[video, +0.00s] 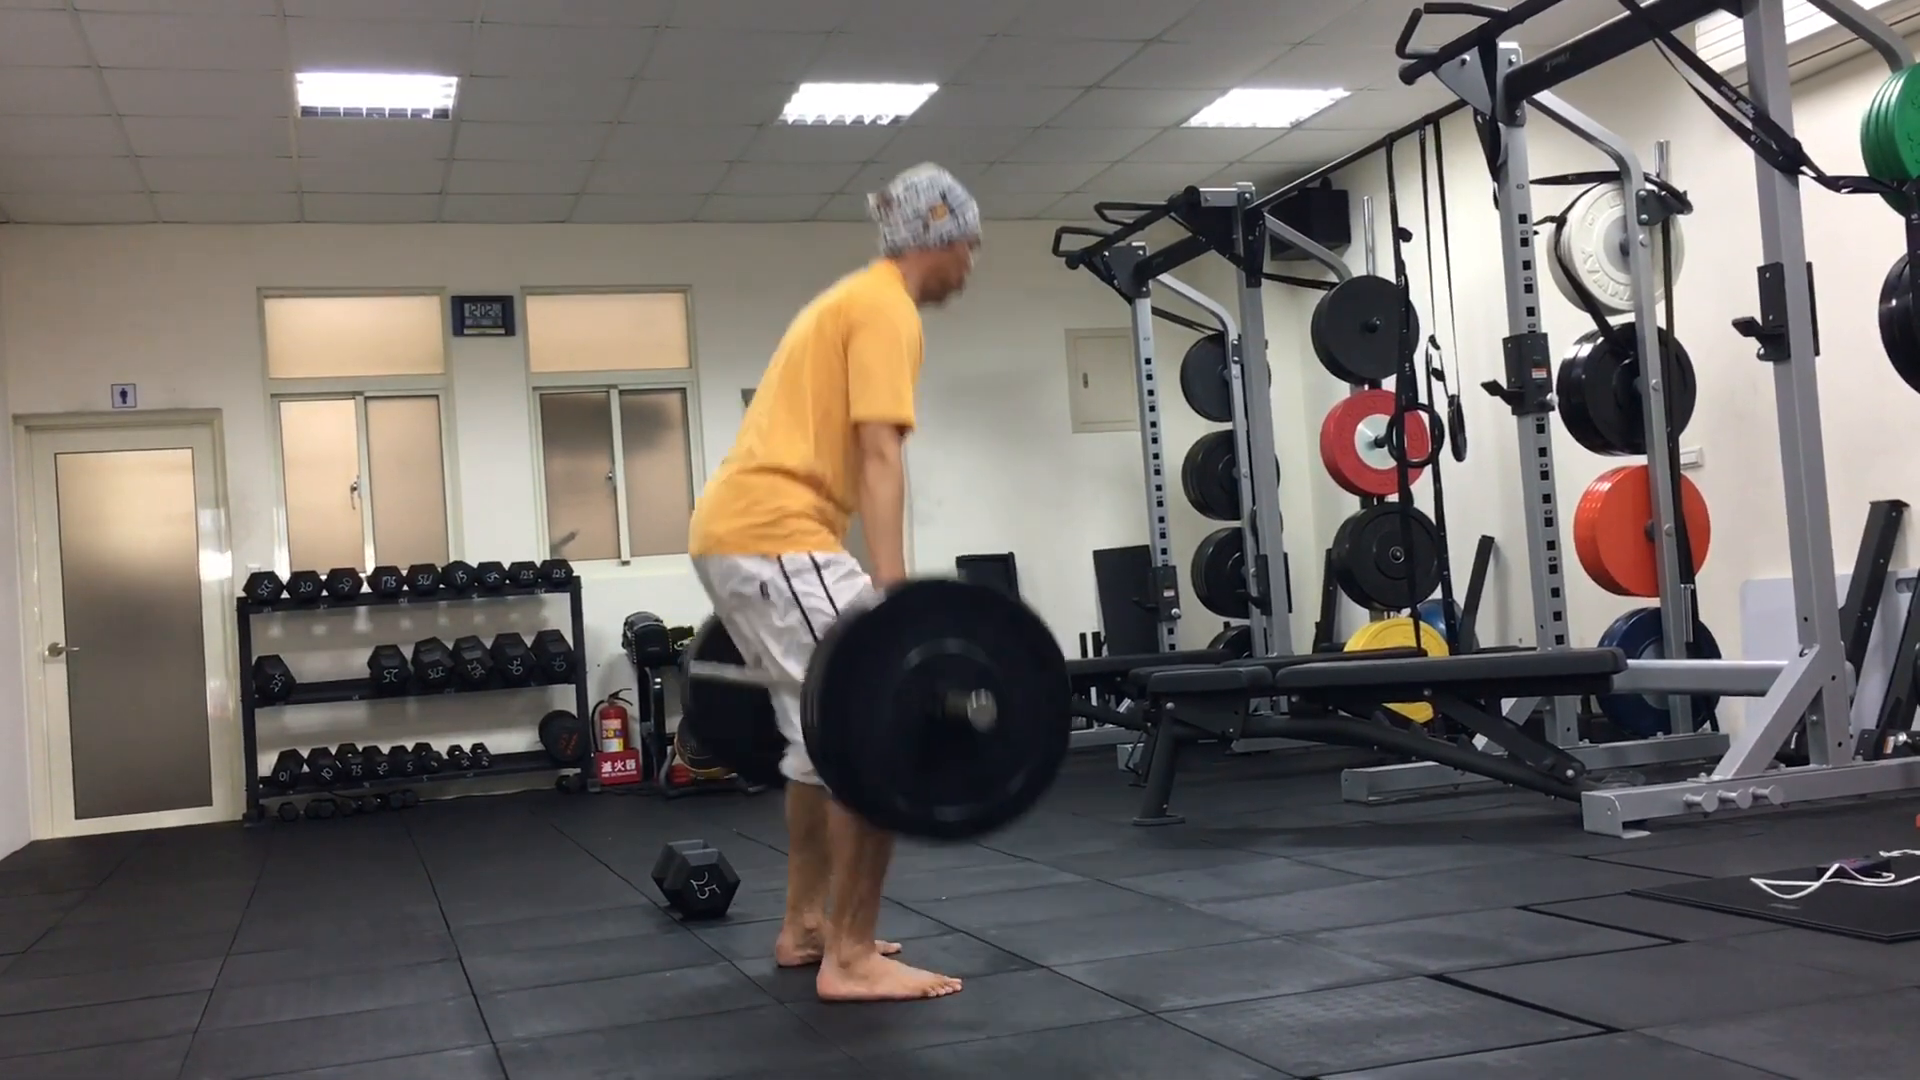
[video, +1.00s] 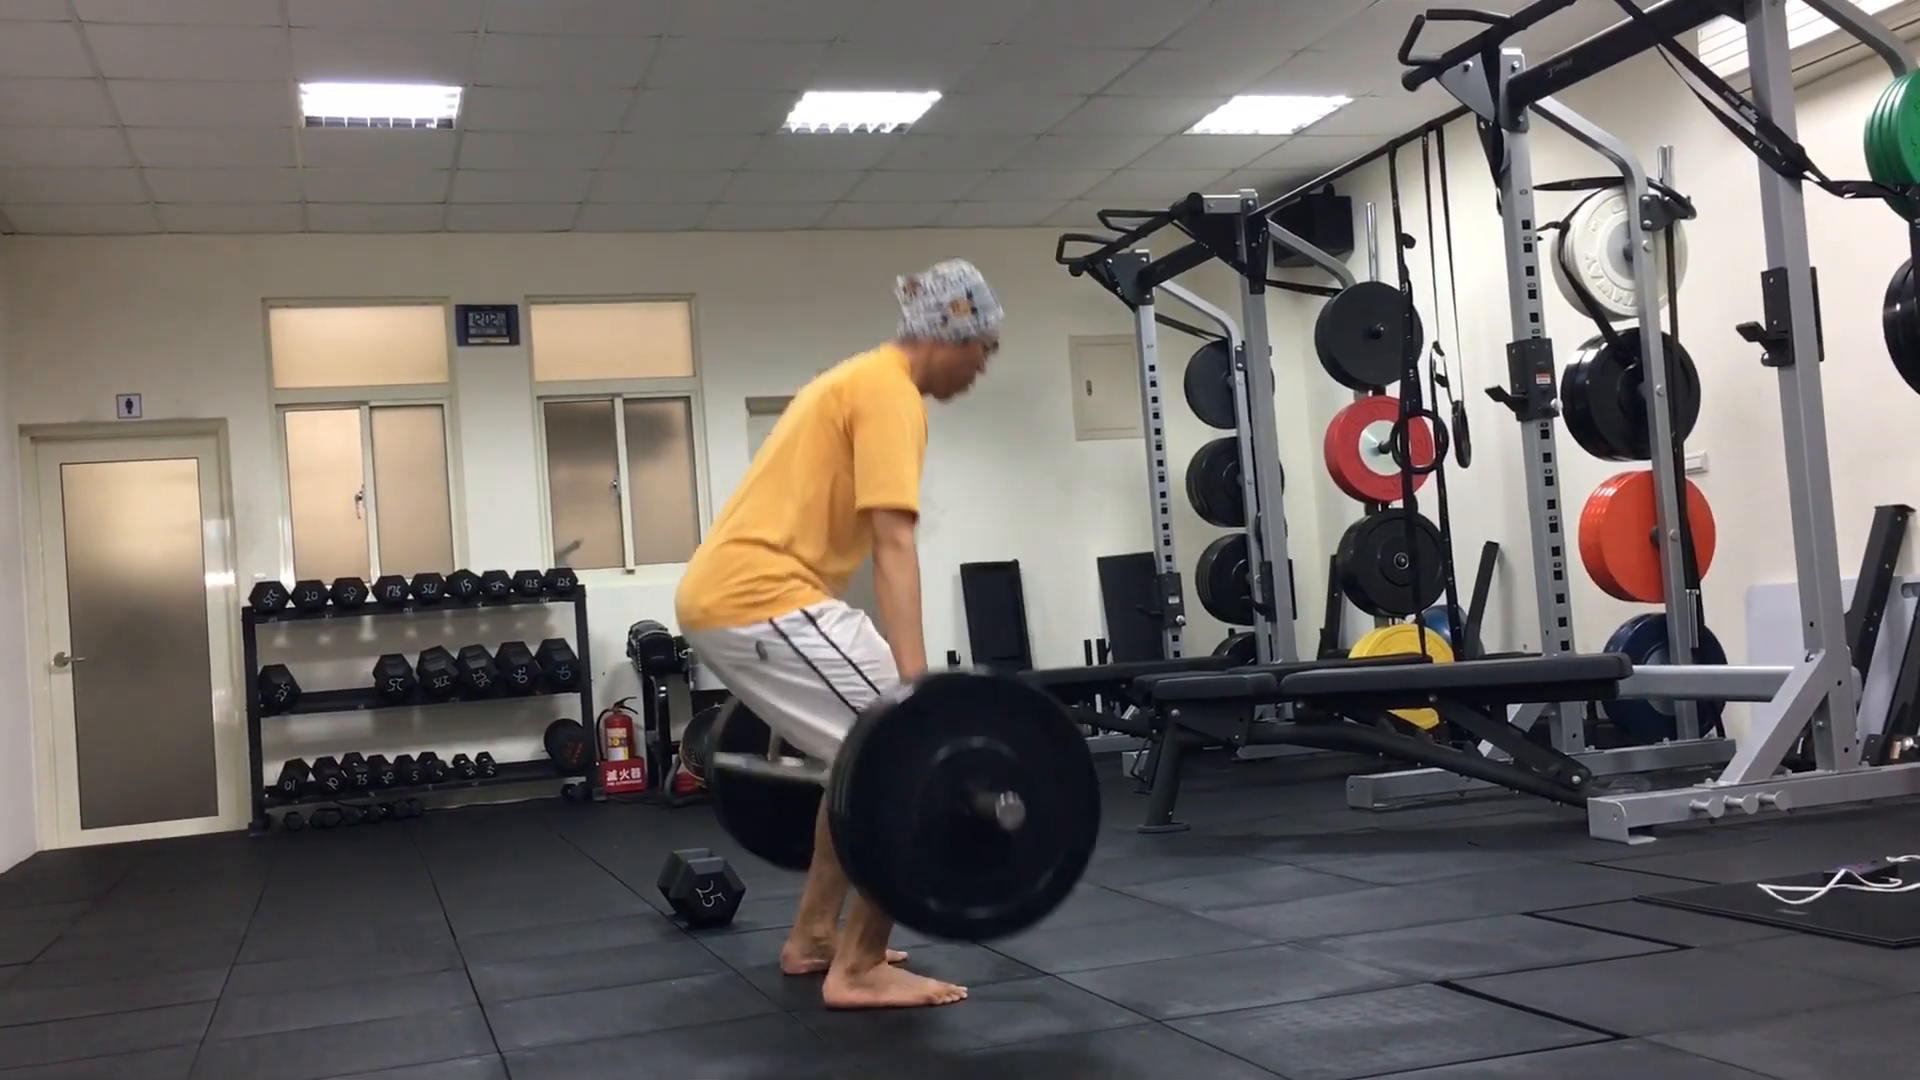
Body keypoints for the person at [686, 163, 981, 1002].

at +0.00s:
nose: (970, 269)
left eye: (972, 252)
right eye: (969, 250)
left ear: (906, 235)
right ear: (941, 240)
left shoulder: (846, 301)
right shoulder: (882, 306)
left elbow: (837, 457)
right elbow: (878, 455)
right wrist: (896, 598)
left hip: (735, 532)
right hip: (779, 533)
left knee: (818, 724)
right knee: (873, 718)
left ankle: (806, 922)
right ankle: (852, 954)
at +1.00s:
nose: (982, 369)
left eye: (988, 354)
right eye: (982, 350)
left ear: (924, 332)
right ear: (947, 333)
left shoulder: (858, 381)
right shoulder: (888, 388)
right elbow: (894, 545)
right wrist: (916, 688)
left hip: (724, 593)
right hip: (760, 592)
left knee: (867, 742)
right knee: (904, 738)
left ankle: (814, 935)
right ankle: (860, 965)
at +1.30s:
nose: (1006, 458)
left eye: (1014, 443)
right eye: (1010, 438)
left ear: (951, 415)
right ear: (975, 421)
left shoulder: (880, 458)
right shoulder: (911, 471)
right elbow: (904, 620)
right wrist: (927, 754)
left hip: (730, 650)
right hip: (768, 651)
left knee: (894, 750)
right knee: (956, 755)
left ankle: (819, 928)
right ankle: (862, 963)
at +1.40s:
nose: (1004, 453)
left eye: (1012, 439)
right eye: (1007, 434)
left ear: (950, 413)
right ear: (971, 417)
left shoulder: (879, 456)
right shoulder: (911, 468)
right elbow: (905, 618)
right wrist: (926, 751)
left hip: (735, 651)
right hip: (774, 653)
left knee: (901, 752)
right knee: (960, 753)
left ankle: (820, 927)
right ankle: (864, 963)